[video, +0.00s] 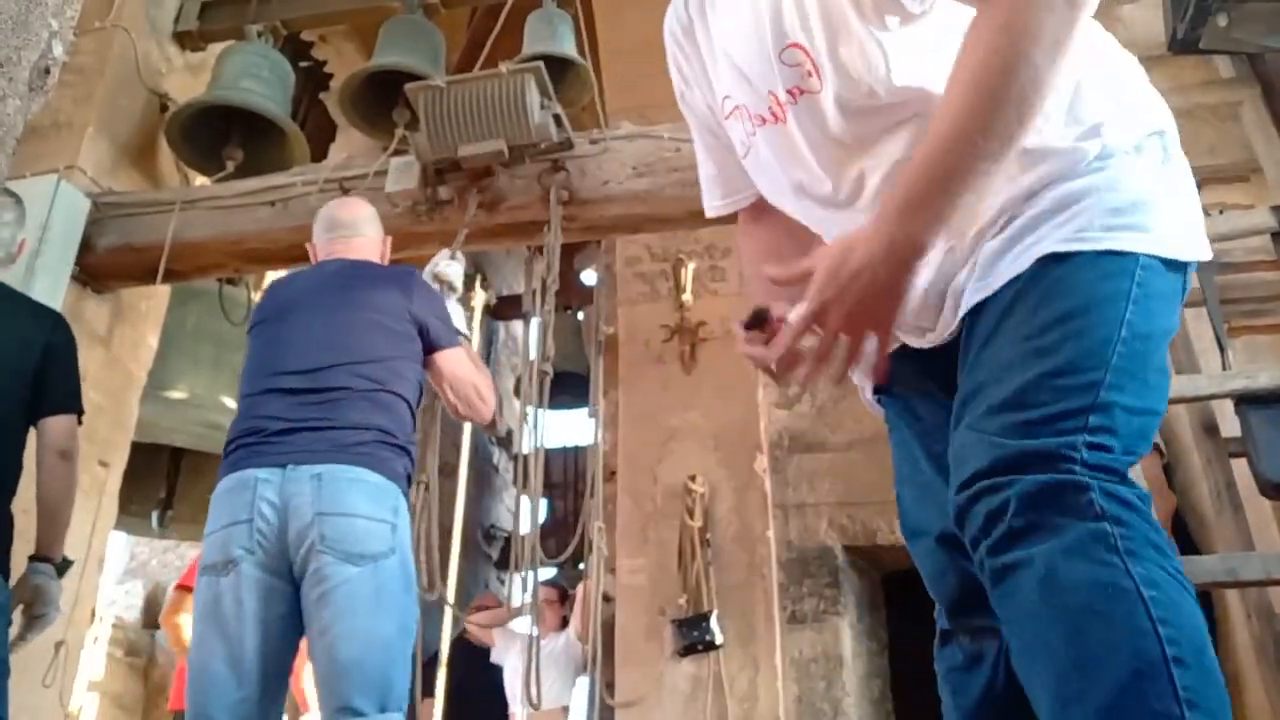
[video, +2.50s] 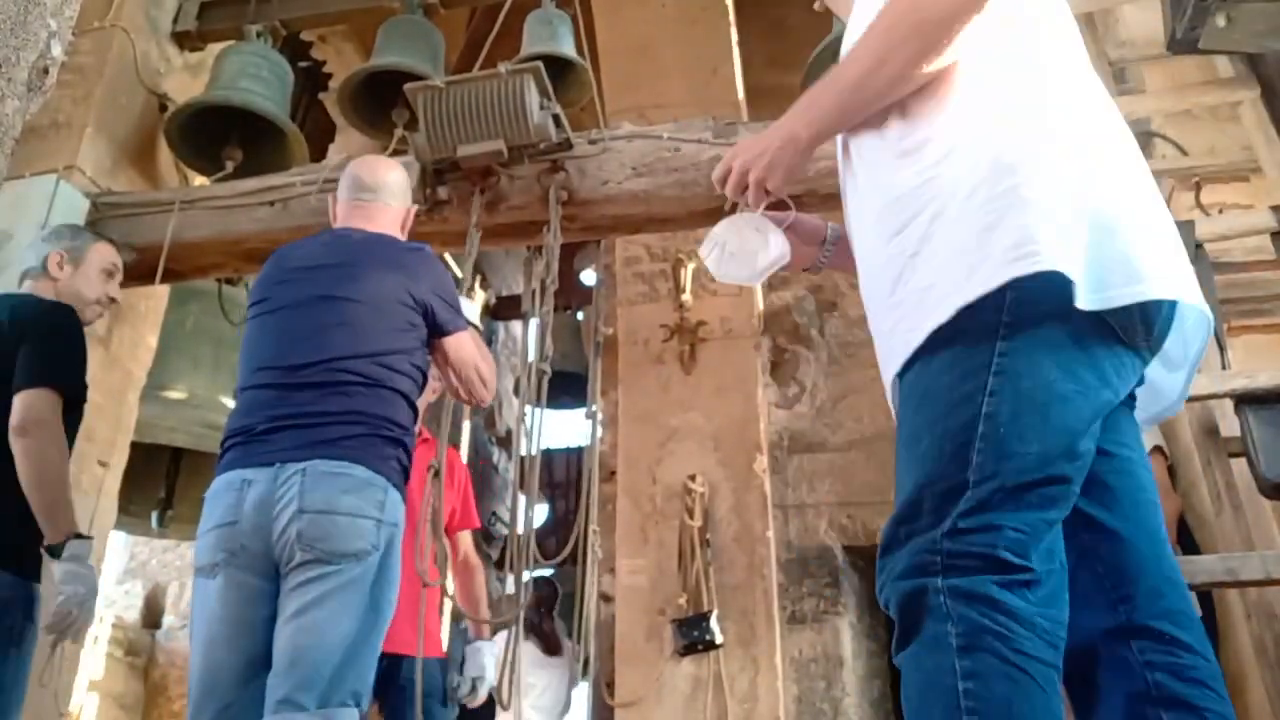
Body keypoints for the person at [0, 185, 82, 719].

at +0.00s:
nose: (7, 240)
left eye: (6, 228)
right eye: (10, 229)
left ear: (14, 247)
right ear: (18, 247)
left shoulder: (41, 328)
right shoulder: (40, 329)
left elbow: (59, 450)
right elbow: (59, 450)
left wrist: (45, 562)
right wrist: (47, 562)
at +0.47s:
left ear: (10, 257)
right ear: (18, 257)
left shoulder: (44, 333)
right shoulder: (43, 333)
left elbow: (60, 452)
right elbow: (60, 452)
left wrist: (44, 563)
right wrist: (46, 563)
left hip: (3, 567)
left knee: (3, 695)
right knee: (0, 695)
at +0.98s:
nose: (3, 249)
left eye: (20, 243)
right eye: (7, 241)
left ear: (54, 275)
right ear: (53, 281)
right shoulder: (57, 354)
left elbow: (64, 485)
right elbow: (65, 485)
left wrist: (20, 579)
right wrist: (21, 581)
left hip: (7, 563)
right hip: (4, 562)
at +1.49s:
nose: (21, 265)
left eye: (30, 259)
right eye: (29, 258)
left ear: (47, 266)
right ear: (87, 307)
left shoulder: (8, 292)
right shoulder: (93, 383)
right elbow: (70, 503)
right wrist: (19, 566)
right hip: (5, 564)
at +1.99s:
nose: (73, 307)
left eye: (76, 296)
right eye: (75, 295)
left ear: (3, 265)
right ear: (59, 284)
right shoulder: (62, 347)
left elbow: (76, 471)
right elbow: (77, 470)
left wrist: (44, 586)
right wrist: (47, 587)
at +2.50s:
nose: (115, 294)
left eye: (119, 283)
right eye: (107, 274)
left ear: (55, 268)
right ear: (59, 264)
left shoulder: (12, 311)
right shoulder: (50, 320)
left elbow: (27, 425)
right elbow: (30, 422)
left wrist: (67, 548)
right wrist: (69, 549)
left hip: (9, 567)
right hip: (8, 569)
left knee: (11, 701)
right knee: (7, 703)